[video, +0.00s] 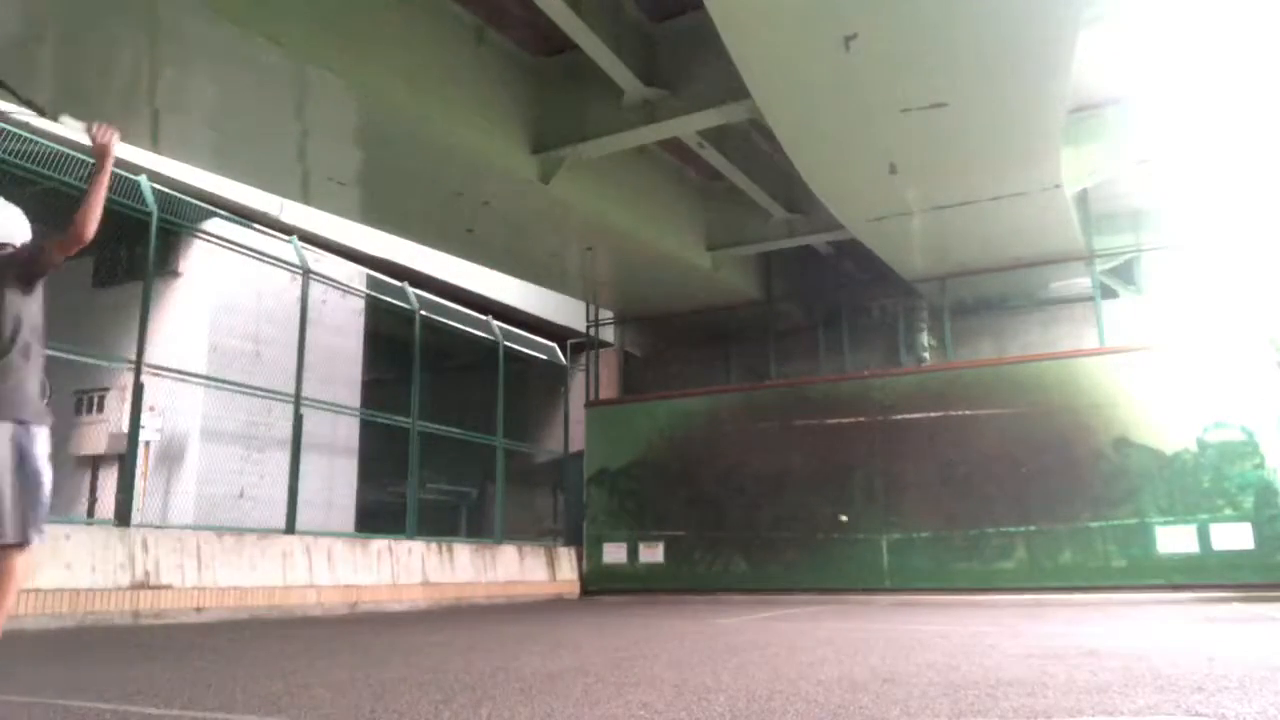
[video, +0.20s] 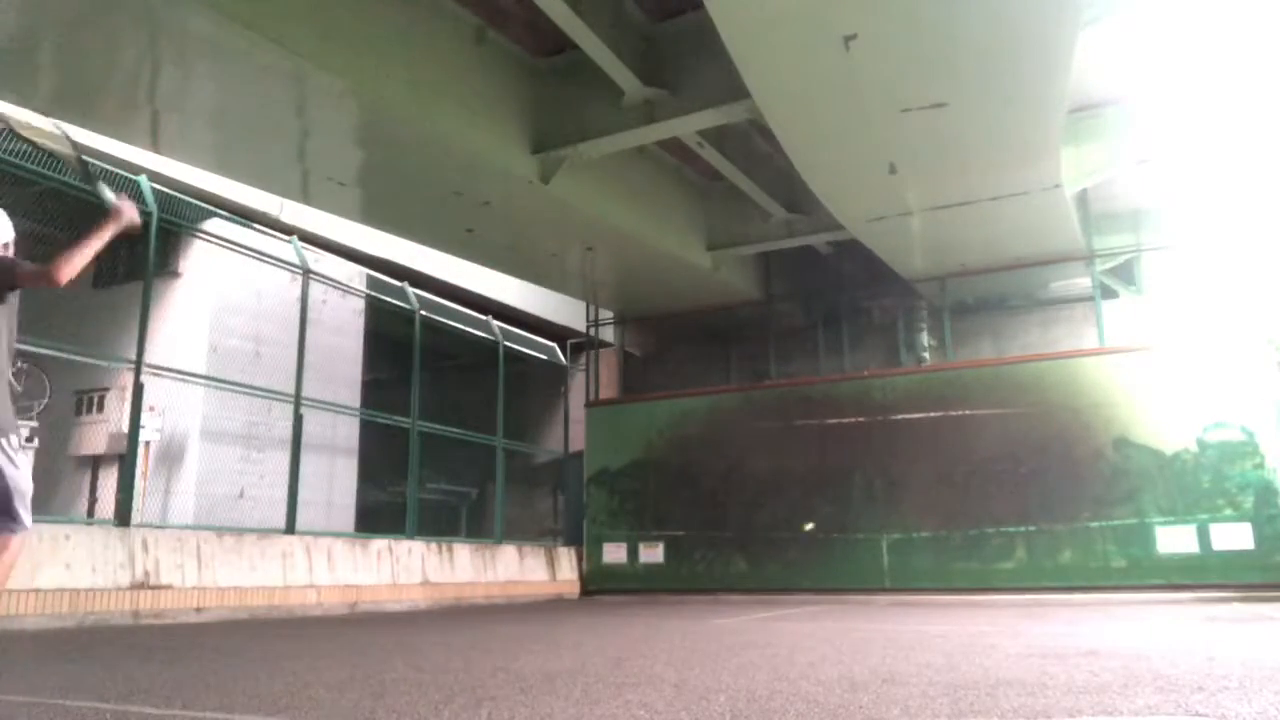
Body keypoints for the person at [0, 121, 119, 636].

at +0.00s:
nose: (24, 244)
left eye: (20, 236)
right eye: (18, 237)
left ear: (15, 235)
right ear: (9, 238)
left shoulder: (22, 261)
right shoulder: (16, 263)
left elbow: (79, 235)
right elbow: (79, 234)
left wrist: (103, 161)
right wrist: (105, 160)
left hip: (25, 416)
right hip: (14, 415)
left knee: (18, 541)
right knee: (13, 543)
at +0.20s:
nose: (13, 250)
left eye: (11, 242)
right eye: (9, 242)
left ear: (9, 242)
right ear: (4, 242)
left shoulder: (10, 269)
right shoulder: (6, 269)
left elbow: (56, 275)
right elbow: (56, 274)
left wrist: (112, 223)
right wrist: (114, 222)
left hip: (9, 422)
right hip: (4, 423)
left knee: (14, 528)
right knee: (13, 529)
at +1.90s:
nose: (399, 217)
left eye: (399, 210)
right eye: (411, 208)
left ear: (396, 216)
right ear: (439, 218)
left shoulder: (376, 260)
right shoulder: (470, 257)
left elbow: (311, 281)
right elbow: (545, 229)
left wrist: (243, 297)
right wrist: (613, 190)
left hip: (405, 408)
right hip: (456, 413)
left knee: (418, 528)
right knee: (419, 533)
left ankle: (475, 656)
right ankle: (385, 662)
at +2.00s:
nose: (424, 222)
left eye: (425, 215)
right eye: (435, 213)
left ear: (421, 223)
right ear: (465, 223)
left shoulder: (400, 271)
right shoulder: (494, 257)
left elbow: (340, 308)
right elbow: (576, 228)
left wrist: (278, 341)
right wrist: (630, 173)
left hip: (439, 416)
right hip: (492, 418)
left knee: (450, 540)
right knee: (444, 543)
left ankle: (493, 669)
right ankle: (394, 658)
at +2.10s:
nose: (462, 223)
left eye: (450, 214)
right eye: (479, 214)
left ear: (441, 220)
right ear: (488, 219)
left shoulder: (425, 270)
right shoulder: (515, 257)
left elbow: (381, 331)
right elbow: (603, 249)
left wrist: (345, 387)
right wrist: (662, 198)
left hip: (462, 413)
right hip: (520, 414)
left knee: (466, 542)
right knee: (480, 542)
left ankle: (492, 668)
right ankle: (435, 647)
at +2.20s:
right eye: (508, 202)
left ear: (467, 211)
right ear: (513, 208)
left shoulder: (447, 261)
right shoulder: (536, 249)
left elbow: (420, 339)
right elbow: (620, 272)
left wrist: (420, 415)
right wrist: (688, 244)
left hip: (477, 403)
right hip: (540, 402)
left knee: (478, 534)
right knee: (525, 527)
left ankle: (492, 668)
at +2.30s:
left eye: (511, 197)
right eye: (539, 199)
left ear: (496, 206)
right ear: (541, 204)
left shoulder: (473, 258)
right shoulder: (563, 251)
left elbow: (454, 347)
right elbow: (632, 303)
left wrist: (478, 387)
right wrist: (688, 302)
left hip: (494, 407)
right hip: (557, 404)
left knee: (487, 538)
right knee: (569, 524)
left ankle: (494, 673)